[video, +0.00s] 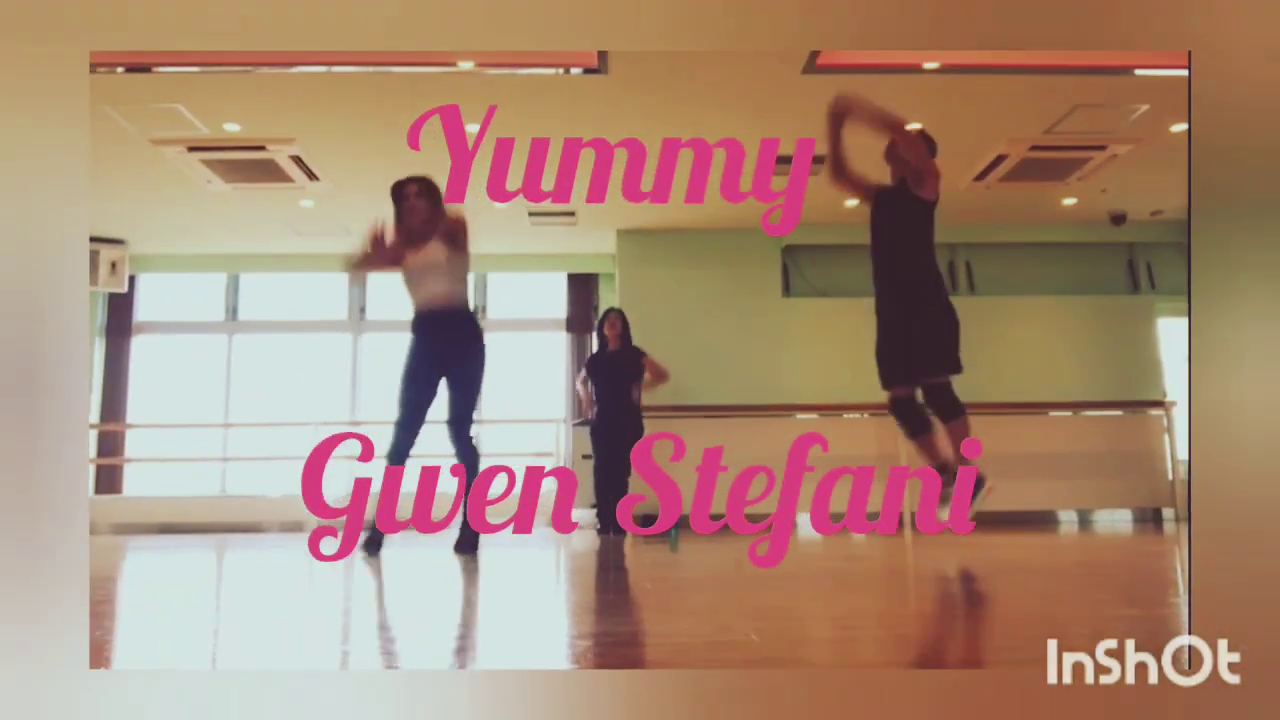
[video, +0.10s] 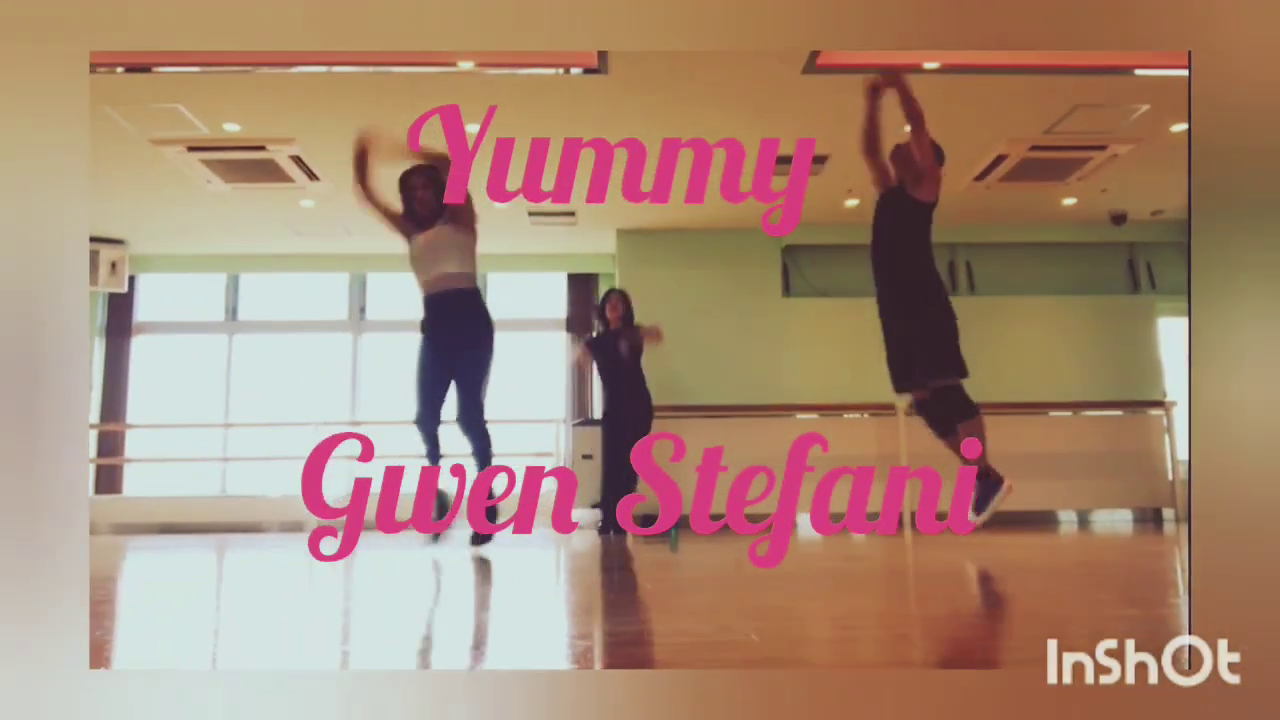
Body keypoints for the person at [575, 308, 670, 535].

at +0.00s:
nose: (614, 326)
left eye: (618, 323)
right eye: (610, 323)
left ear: (625, 327)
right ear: (602, 328)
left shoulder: (635, 354)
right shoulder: (595, 359)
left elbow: (661, 375)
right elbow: (580, 382)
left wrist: (642, 388)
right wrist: (588, 403)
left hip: (628, 418)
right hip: (603, 418)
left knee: (621, 472)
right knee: (603, 471)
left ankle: (619, 522)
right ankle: (604, 524)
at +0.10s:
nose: (614, 308)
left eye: (618, 304)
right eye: (610, 304)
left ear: (626, 308)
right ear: (603, 309)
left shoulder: (634, 333)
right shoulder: (596, 341)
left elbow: (656, 336)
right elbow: (582, 369)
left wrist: (647, 332)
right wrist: (582, 358)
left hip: (638, 403)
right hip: (614, 404)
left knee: (630, 462)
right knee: (612, 461)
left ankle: (622, 517)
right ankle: (608, 518)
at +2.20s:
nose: (584, 308)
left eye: (589, 304)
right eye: (579, 304)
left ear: (598, 309)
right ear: (572, 310)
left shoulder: (615, 337)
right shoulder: (570, 344)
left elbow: (642, 364)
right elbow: (572, 370)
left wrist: (635, 393)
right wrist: (575, 333)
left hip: (622, 414)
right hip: (594, 418)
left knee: (635, 474)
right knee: (609, 478)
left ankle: (641, 532)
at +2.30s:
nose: (592, 316)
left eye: (598, 312)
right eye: (588, 312)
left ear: (606, 318)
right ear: (581, 317)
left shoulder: (620, 347)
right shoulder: (577, 351)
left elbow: (652, 373)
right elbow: (566, 379)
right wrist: (564, 345)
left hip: (625, 421)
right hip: (596, 425)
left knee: (638, 479)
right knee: (616, 480)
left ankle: (646, 535)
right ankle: (632, 538)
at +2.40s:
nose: (598, 313)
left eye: (604, 310)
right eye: (594, 309)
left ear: (612, 316)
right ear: (587, 314)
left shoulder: (622, 347)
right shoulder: (576, 351)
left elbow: (645, 370)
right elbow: (566, 384)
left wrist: (665, 371)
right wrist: (562, 380)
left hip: (624, 421)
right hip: (594, 424)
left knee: (637, 477)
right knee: (597, 480)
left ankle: (642, 534)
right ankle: (600, 531)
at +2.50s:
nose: (599, 310)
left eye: (605, 307)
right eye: (596, 305)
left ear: (614, 313)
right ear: (588, 310)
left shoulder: (619, 342)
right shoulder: (576, 343)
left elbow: (625, 362)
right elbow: (566, 375)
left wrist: (621, 364)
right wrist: (557, 395)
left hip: (615, 417)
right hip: (585, 417)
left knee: (631, 476)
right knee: (571, 474)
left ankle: (641, 534)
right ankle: (554, 530)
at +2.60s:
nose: (595, 313)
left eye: (602, 310)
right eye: (593, 308)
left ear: (611, 318)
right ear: (586, 313)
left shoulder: (615, 347)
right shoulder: (572, 347)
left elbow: (613, 379)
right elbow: (562, 386)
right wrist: (550, 421)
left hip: (600, 425)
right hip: (570, 423)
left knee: (623, 481)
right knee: (547, 479)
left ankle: (639, 537)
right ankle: (521, 537)